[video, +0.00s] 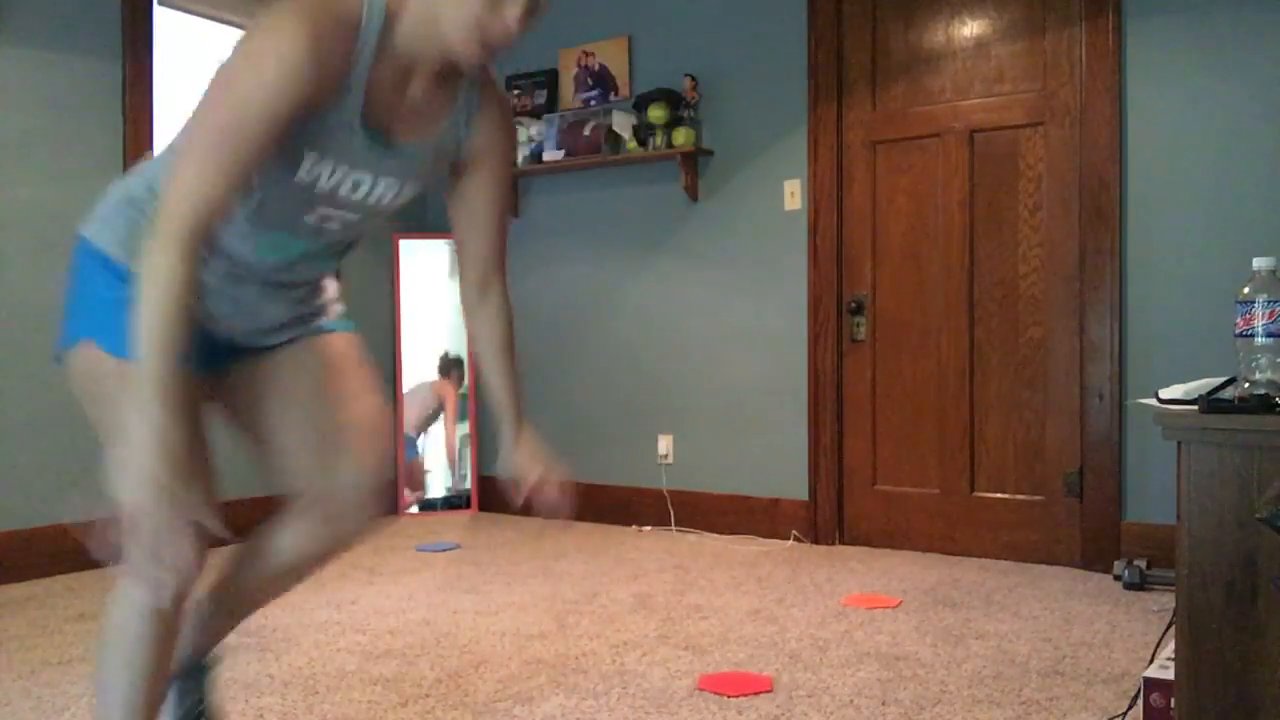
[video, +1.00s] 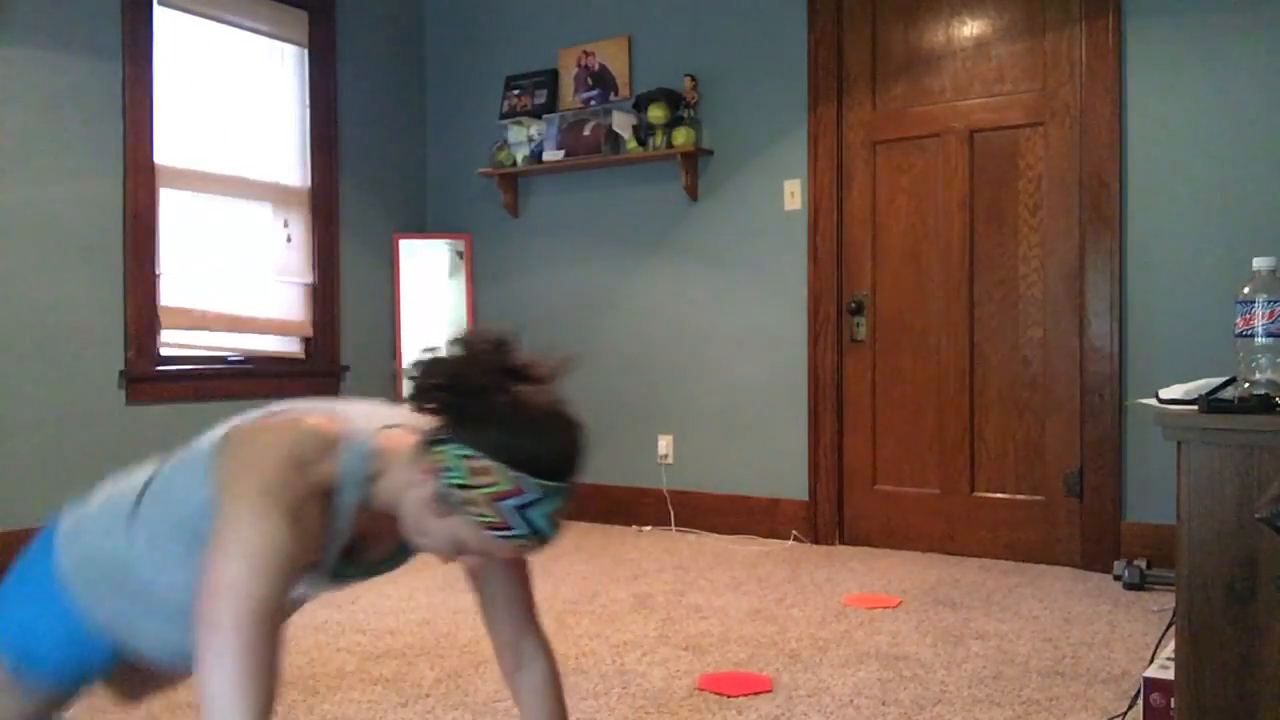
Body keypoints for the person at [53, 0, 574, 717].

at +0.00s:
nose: (513, 21)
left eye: (526, 8)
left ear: (533, 17)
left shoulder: (481, 120)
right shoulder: (308, 36)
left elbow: (483, 285)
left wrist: (515, 432)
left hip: (282, 297)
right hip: (145, 268)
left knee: (352, 491)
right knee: (168, 539)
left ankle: (182, 649)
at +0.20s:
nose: (491, 304)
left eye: (510, 281)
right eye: (483, 269)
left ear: (533, 265)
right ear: (427, 211)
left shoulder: (459, 276)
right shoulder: (286, 243)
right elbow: (227, 543)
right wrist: (240, 711)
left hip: (187, 336)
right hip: (69, 298)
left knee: (201, 589)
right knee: (155, 558)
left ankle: (99, 702)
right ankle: (107, 708)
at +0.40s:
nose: (452, 552)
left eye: (475, 541)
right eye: (455, 528)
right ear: (427, 459)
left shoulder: (468, 422)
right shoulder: (296, 429)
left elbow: (519, 635)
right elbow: (243, 708)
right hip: (74, 353)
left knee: (234, 583)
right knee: (196, 590)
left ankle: (115, 708)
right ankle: (110, 718)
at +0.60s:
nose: (460, 618)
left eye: (482, 610)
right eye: (465, 594)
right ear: (439, 527)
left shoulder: (479, 444)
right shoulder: (324, 456)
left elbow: (531, 659)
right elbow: (262, 707)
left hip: (237, 247)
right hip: (126, 251)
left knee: (228, 537)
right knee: (152, 546)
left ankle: (112, 666)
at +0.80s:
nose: (540, 594)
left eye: (559, 585)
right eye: (541, 573)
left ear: (531, 494)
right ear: (509, 500)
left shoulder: (537, 454)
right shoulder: (371, 458)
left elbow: (558, 660)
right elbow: (289, 702)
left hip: (258, 373)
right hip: (128, 363)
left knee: (156, 548)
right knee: (27, 560)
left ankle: (51, 567)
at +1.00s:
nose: (477, 560)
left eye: (496, 547)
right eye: (473, 537)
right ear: (434, 471)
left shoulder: (471, 479)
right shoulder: (279, 469)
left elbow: (525, 662)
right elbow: (234, 709)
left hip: (192, 607)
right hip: (77, 584)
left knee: (131, 683)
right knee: (28, 696)